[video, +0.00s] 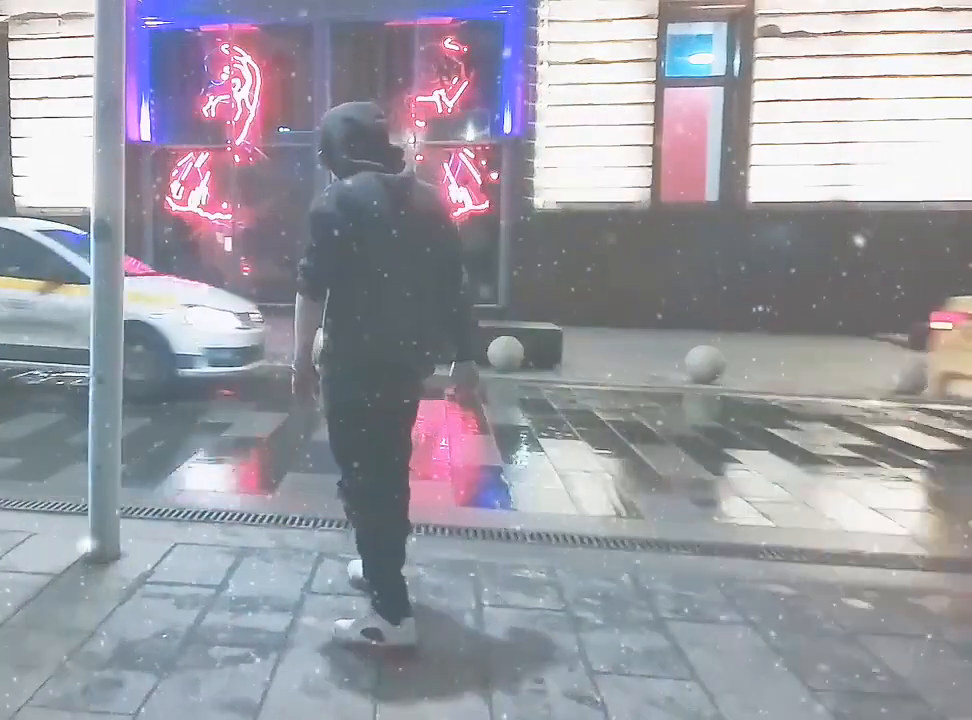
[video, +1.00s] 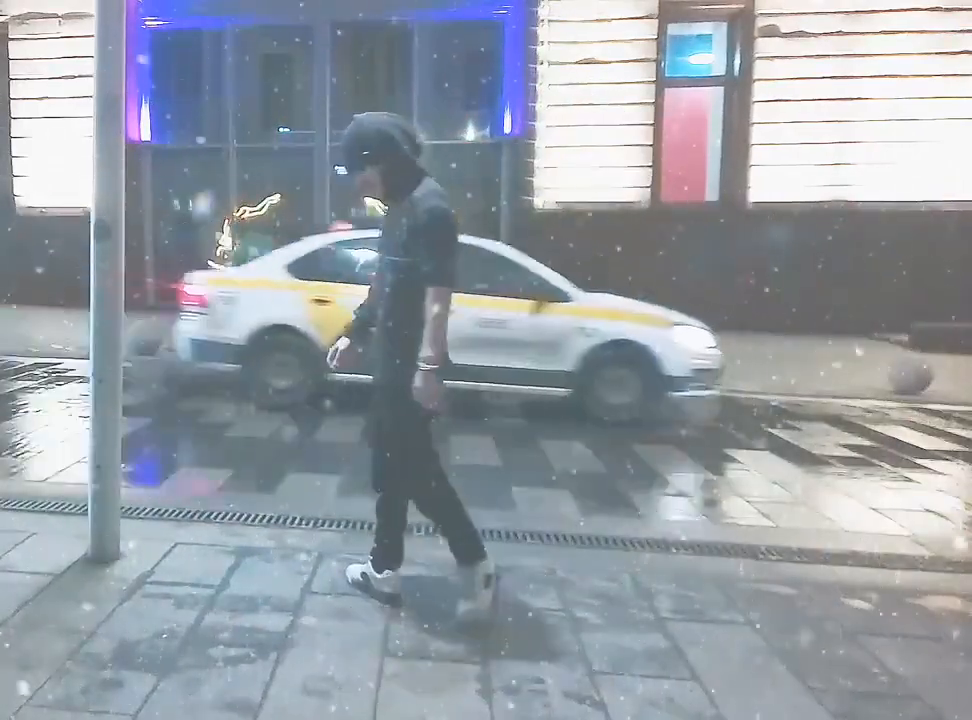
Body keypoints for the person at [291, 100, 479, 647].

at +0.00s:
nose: (325, 166)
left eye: (326, 156)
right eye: (327, 157)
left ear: (336, 154)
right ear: (381, 146)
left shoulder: (335, 202)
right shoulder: (425, 199)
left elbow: (313, 289)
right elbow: (455, 287)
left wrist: (301, 355)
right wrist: (466, 365)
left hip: (353, 357)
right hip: (409, 355)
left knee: (361, 472)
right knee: (393, 464)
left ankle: (394, 614)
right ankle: (379, 566)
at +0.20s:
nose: (325, 170)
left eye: (325, 161)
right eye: (326, 162)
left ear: (337, 158)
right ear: (379, 150)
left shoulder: (338, 206)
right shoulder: (426, 200)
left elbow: (319, 294)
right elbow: (452, 283)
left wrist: (301, 364)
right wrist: (465, 351)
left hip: (357, 359)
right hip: (407, 359)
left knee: (349, 472)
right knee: (387, 468)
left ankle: (389, 611)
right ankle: (377, 571)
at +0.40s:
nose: (330, 176)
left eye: (331, 165)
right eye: (328, 167)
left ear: (347, 156)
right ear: (382, 149)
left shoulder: (357, 200)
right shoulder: (426, 200)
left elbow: (339, 288)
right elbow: (441, 293)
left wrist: (311, 356)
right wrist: (426, 352)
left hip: (366, 350)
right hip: (412, 350)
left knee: (334, 463)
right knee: (388, 461)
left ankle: (373, 574)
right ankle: (385, 573)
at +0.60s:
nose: (339, 182)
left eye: (338, 170)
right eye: (334, 172)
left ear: (357, 156)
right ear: (374, 152)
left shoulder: (383, 200)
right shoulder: (407, 193)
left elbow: (380, 285)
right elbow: (403, 283)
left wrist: (345, 351)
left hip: (387, 351)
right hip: (408, 349)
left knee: (343, 454)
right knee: (387, 453)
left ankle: (401, 557)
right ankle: (387, 566)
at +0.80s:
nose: (349, 182)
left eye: (349, 170)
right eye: (345, 172)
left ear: (368, 160)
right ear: (378, 158)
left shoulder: (402, 205)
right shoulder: (397, 201)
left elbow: (416, 287)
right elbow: (393, 284)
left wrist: (392, 361)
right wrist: (360, 330)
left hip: (404, 356)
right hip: (398, 352)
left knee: (378, 457)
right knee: (388, 459)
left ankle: (463, 553)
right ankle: (385, 567)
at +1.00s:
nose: (360, 184)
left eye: (363, 171)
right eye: (357, 173)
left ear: (388, 161)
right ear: (384, 164)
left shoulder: (430, 211)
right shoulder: (401, 208)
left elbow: (439, 296)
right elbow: (385, 287)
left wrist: (430, 367)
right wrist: (353, 335)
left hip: (408, 360)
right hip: (389, 356)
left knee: (401, 463)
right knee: (401, 462)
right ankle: (384, 569)